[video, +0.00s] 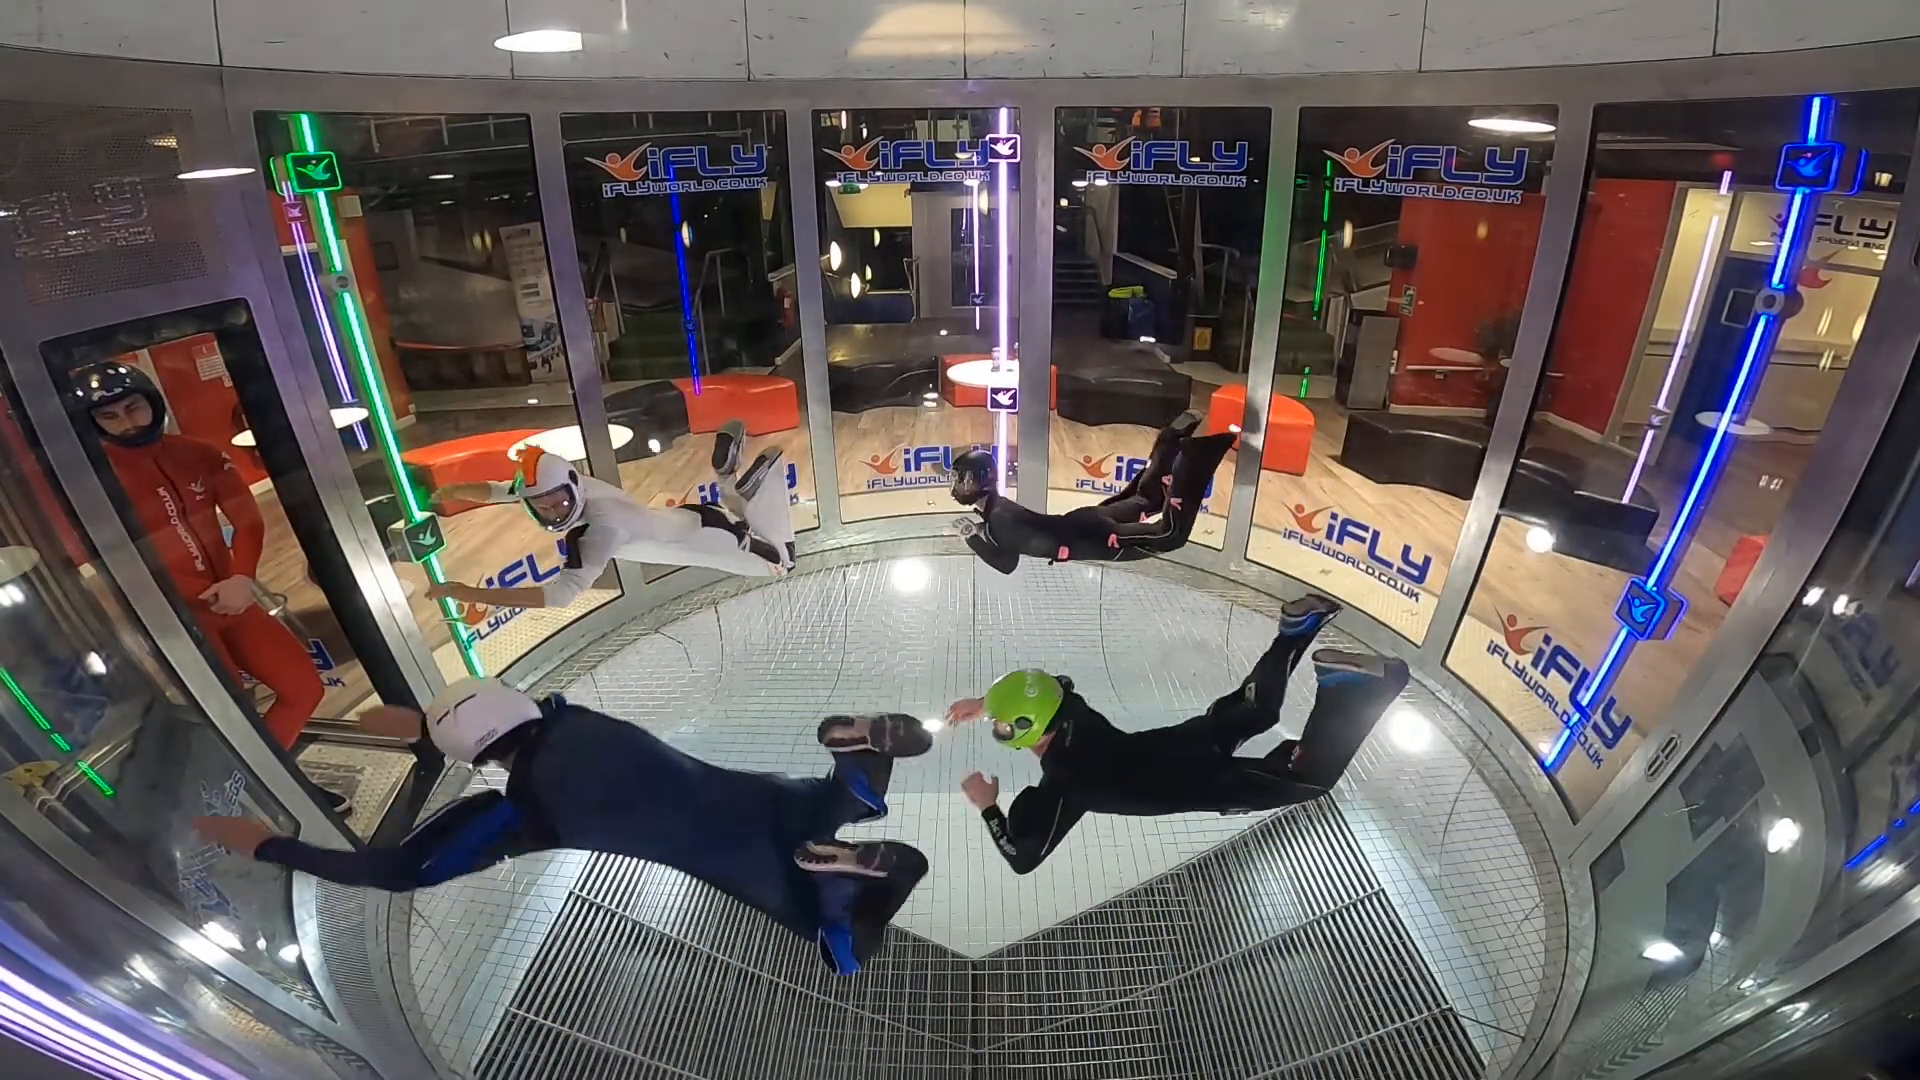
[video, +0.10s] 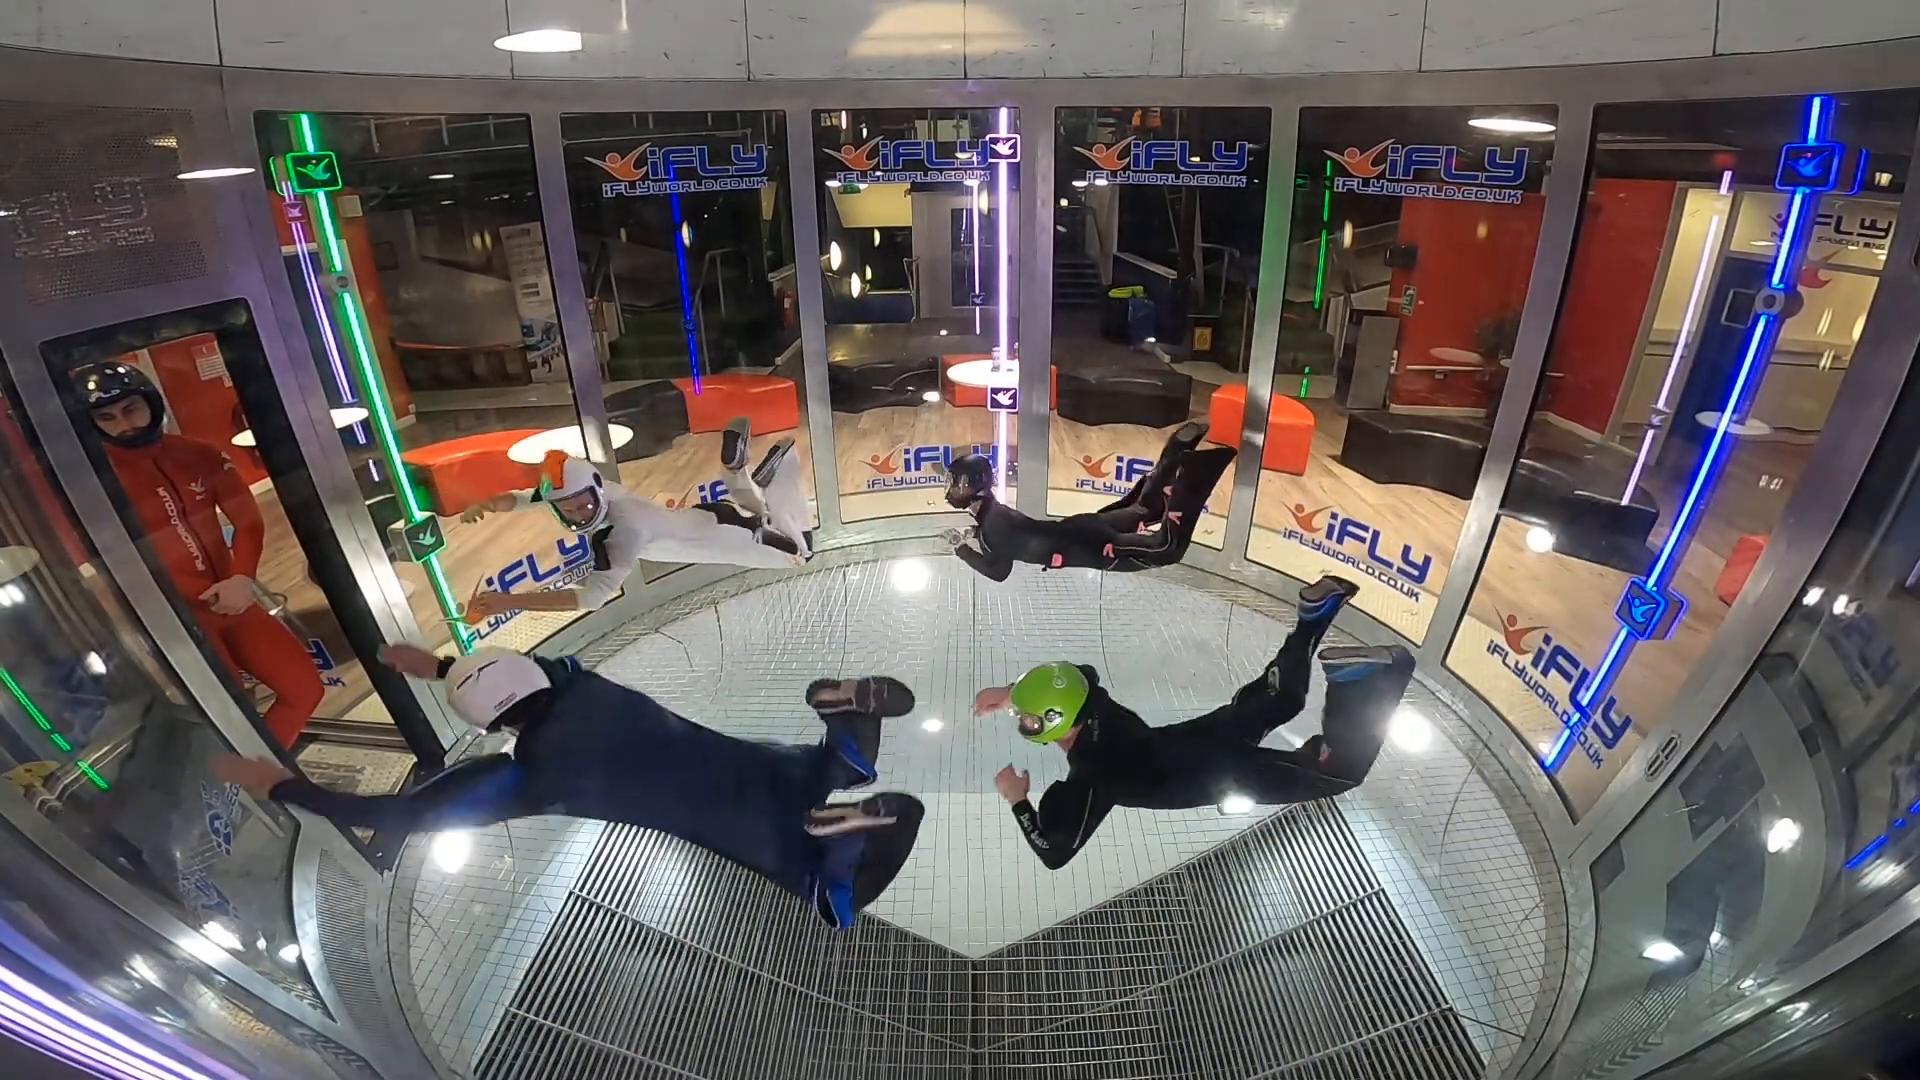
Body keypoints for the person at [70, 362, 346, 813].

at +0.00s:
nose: (127, 423)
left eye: (133, 407)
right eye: (110, 416)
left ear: (150, 403)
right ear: (93, 424)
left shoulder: (199, 455)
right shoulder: (95, 481)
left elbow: (248, 521)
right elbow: (103, 568)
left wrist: (242, 577)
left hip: (232, 603)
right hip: (178, 622)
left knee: (304, 688)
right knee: (235, 708)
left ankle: (246, 781)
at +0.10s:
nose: (124, 425)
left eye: (131, 409)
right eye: (108, 418)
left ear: (149, 403)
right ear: (93, 424)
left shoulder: (198, 455)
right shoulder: (97, 480)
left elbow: (248, 520)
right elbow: (103, 567)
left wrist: (243, 577)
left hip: (231, 601)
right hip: (176, 619)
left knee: (303, 688)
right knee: (233, 714)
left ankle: (256, 779)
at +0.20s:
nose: (123, 425)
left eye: (129, 409)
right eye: (106, 418)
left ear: (148, 404)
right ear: (91, 425)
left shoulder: (197, 455)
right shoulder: (96, 483)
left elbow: (248, 520)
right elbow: (107, 569)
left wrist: (243, 577)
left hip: (234, 603)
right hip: (181, 623)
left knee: (304, 686)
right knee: (240, 712)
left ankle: (265, 775)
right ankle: (290, 791)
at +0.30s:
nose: (121, 425)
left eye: (128, 409)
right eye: (104, 418)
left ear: (146, 404)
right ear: (89, 425)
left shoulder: (199, 456)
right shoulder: (94, 482)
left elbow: (248, 521)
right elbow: (104, 572)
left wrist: (243, 577)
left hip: (233, 604)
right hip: (180, 624)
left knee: (304, 688)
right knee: (238, 716)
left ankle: (248, 780)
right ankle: (294, 793)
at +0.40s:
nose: (120, 426)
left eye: (127, 410)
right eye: (103, 419)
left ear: (146, 405)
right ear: (89, 425)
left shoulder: (199, 455)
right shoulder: (94, 482)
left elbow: (248, 522)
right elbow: (104, 572)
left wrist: (243, 577)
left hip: (234, 604)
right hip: (180, 623)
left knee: (305, 688)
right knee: (236, 712)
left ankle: (243, 782)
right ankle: (294, 792)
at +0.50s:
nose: (120, 425)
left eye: (127, 409)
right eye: (104, 418)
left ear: (145, 404)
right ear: (88, 425)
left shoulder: (198, 455)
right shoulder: (93, 482)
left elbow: (247, 521)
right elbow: (104, 575)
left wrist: (243, 577)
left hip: (234, 604)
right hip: (180, 624)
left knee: (305, 688)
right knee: (237, 717)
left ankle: (240, 784)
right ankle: (294, 794)